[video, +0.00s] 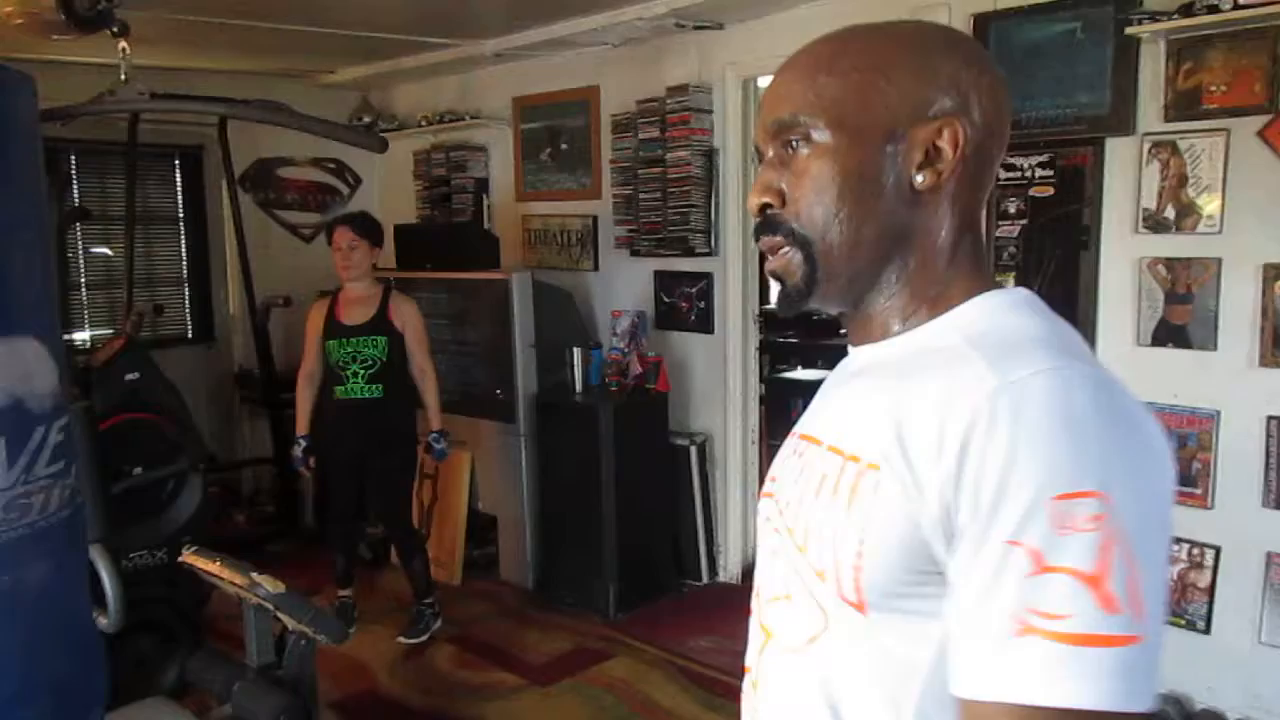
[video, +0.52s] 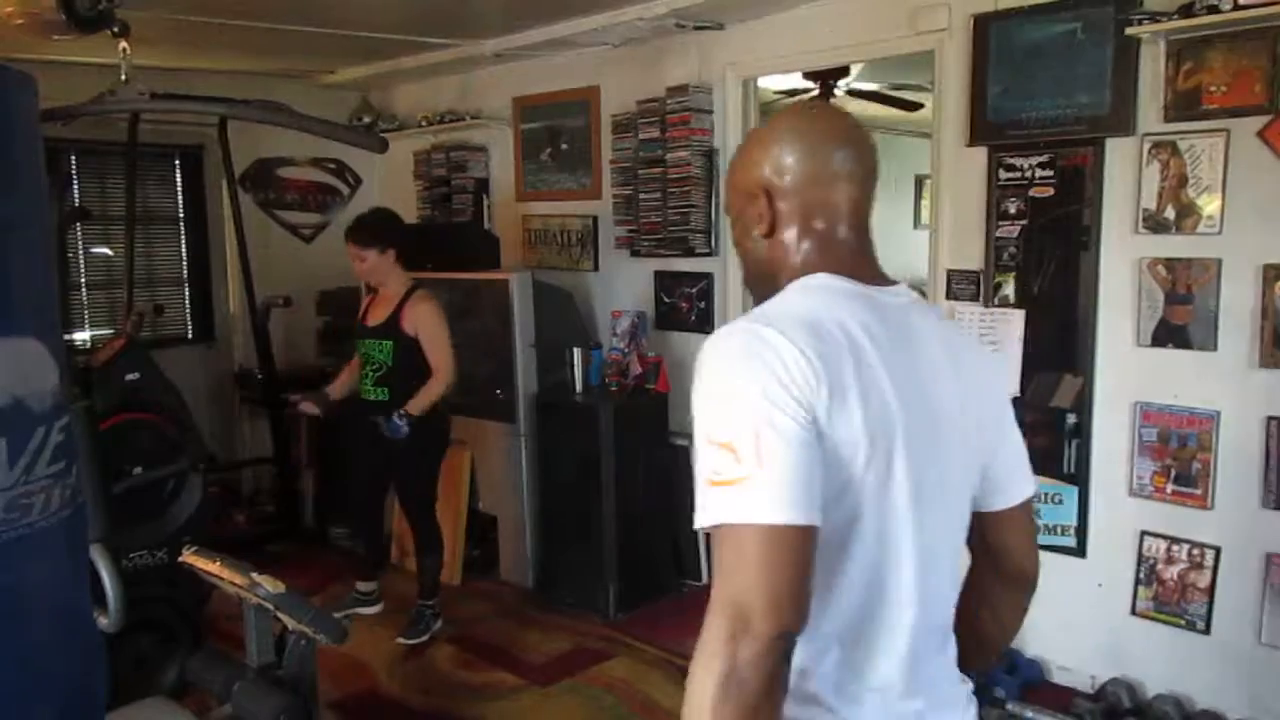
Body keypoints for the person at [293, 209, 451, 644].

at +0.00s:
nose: (344, 256)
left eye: (354, 247)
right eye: (337, 248)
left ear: (375, 252)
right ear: (331, 255)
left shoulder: (400, 307)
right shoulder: (321, 311)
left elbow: (423, 369)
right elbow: (309, 374)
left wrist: (436, 427)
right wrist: (301, 434)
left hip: (390, 434)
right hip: (338, 435)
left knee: (397, 521)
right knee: (340, 521)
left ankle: (426, 606)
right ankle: (344, 602)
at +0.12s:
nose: (348, 255)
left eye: (358, 246)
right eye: (344, 247)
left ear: (384, 251)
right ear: (339, 252)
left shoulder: (408, 306)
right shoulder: (335, 308)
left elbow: (434, 368)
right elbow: (322, 371)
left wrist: (450, 425)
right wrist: (310, 426)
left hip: (397, 431)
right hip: (346, 432)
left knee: (403, 519)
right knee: (345, 518)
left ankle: (426, 605)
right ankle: (345, 600)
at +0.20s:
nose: (350, 259)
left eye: (358, 250)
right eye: (347, 251)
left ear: (387, 253)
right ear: (345, 254)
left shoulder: (412, 307)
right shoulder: (344, 309)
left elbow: (441, 373)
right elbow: (332, 372)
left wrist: (452, 428)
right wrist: (317, 426)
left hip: (404, 433)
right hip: (353, 433)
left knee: (407, 515)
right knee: (347, 519)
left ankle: (427, 605)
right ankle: (345, 601)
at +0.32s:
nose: (352, 261)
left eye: (359, 252)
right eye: (350, 253)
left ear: (388, 252)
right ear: (353, 253)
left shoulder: (415, 306)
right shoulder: (357, 307)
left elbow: (447, 370)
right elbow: (348, 367)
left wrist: (446, 431)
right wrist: (327, 419)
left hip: (408, 433)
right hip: (362, 432)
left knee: (417, 521)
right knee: (355, 518)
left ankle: (427, 606)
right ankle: (347, 600)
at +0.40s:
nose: (353, 263)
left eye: (360, 254)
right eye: (351, 254)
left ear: (388, 253)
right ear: (362, 254)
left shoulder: (418, 306)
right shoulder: (363, 303)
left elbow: (448, 373)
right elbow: (356, 364)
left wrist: (433, 428)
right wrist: (329, 410)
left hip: (412, 431)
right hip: (368, 429)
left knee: (418, 516)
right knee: (363, 511)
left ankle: (428, 605)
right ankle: (360, 592)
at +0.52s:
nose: (354, 268)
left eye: (361, 259)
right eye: (352, 259)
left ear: (390, 255)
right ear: (371, 256)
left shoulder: (421, 306)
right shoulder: (371, 300)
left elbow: (444, 374)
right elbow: (362, 362)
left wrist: (407, 414)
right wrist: (326, 398)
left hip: (416, 426)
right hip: (372, 424)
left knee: (419, 511)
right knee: (367, 505)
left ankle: (428, 605)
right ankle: (368, 589)